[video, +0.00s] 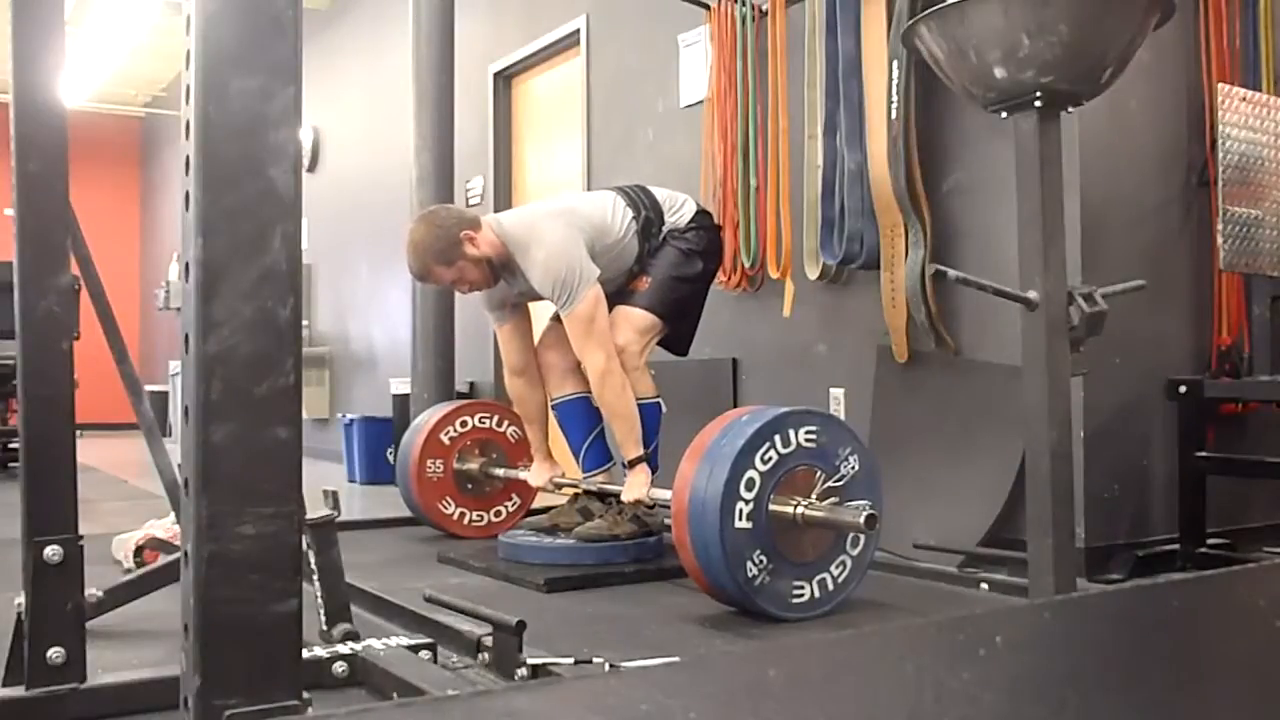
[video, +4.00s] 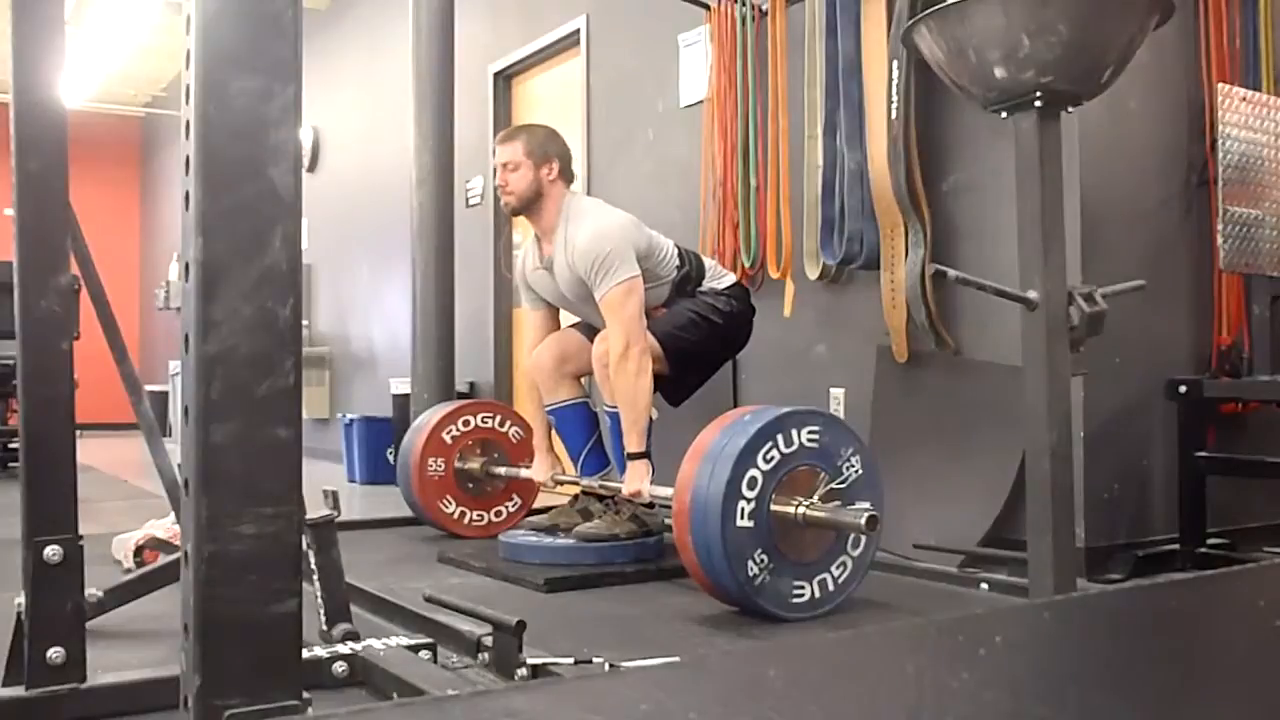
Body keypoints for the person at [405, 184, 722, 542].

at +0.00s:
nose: (463, 292)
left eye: (459, 280)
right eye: (453, 289)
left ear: (472, 240)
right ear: (472, 240)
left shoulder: (550, 250)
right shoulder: (495, 280)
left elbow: (603, 361)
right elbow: (519, 372)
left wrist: (637, 466)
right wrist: (540, 457)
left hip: (682, 231)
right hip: (621, 253)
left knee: (623, 345)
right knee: (552, 352)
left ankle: (640, 494)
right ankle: (601, 489)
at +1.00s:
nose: (454, 300)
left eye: (449, 287)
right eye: (443, 295)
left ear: (465, 251)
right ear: (465, 251)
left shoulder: (535, 250)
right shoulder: (483, 284)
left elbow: (597, 362)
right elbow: (514, 372)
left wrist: (635, 464)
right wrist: (541, 458)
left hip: (677, 232)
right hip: (617, 254)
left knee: (619, 348)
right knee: (548, 356)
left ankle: (639, 496)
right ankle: (600, 491)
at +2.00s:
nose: (441, 280)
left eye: (441, 265)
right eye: (431, 273)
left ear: (464, 232)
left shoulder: (540, 262)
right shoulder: (476, 290)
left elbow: (610, 367)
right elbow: (509, 379)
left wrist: (635, 470)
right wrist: (539, 458)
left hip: (668, 297)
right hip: (605, 310)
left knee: (571, 374)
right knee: (511, 382)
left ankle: (629, 494)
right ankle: (591, 490)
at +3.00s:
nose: (477, 210)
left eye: (483, 195)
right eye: (472, 199)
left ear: (521, 179)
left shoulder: (585, 237)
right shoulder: (517, 264)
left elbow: (622, 350)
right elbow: (530, 358)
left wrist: (636, 461)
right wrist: (538, 452)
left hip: (702, 292)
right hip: (636, 306)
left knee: (605, 357)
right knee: (541, 364)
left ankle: (630, 500)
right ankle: (597, 492)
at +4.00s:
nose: (499, 181)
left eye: (511, 168)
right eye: (497, 170)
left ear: (549, 172)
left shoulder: (598, 233)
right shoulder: (531, 256)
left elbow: (630, 351)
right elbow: (539, 358)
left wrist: (637, 460)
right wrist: (542, 450)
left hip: (714, 301)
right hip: (646, 311)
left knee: (612, 353)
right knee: (548, 362)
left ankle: (634, 502)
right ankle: (600, 492)